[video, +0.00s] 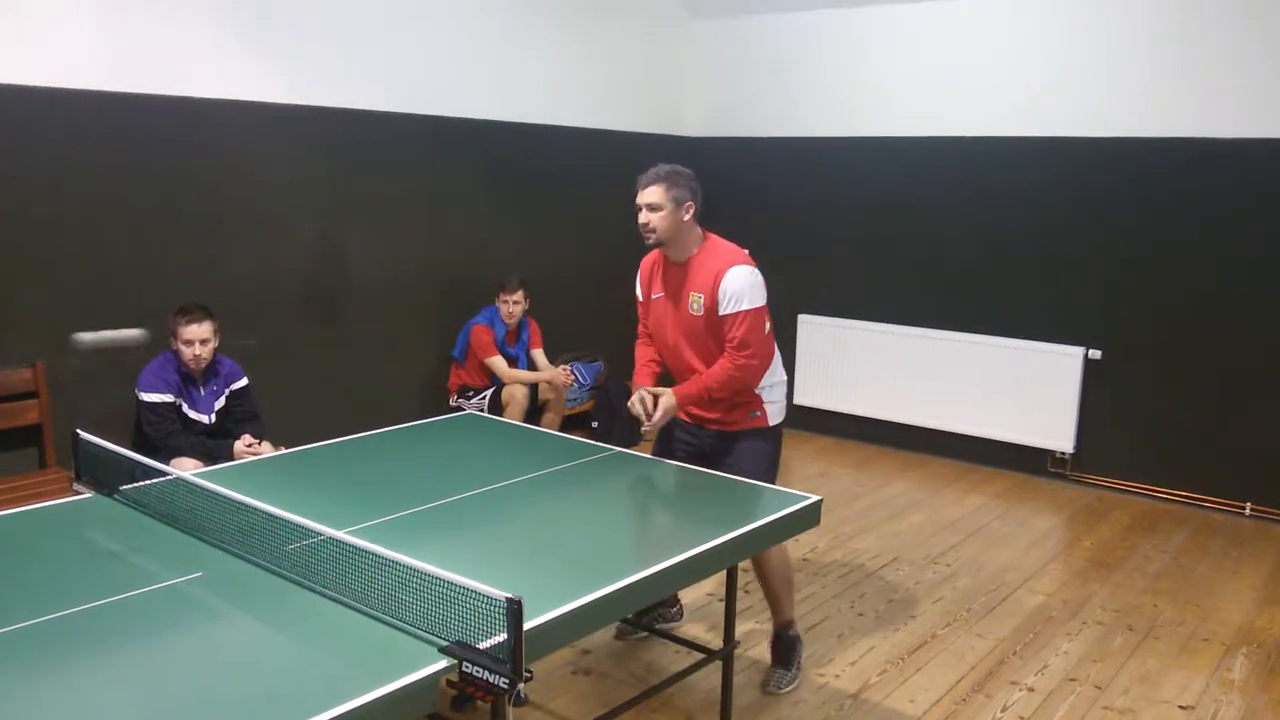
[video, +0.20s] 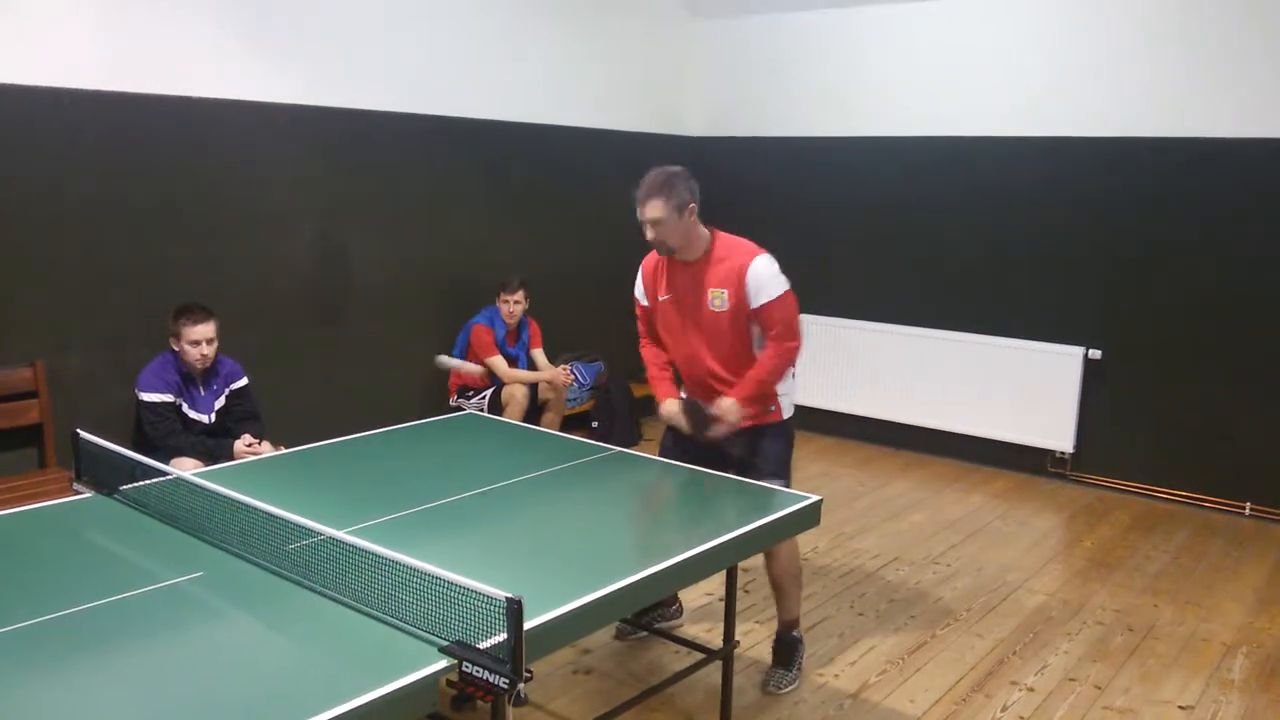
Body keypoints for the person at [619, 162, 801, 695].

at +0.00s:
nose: (641, 219)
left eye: (651, 209)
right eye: (639, 210)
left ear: (687, 210)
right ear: (646, 214)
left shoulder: (734, 272)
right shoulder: (649, 268)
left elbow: (746, 360)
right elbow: (647, 337)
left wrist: (678, 397)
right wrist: (644, 383)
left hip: (748, 417)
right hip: (688, 413)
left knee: (751, 520)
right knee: (652, 502)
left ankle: (786, 636)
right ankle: (663, 600)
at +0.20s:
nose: (650, 236)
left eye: (658, 223)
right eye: (644, 225)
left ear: (690, 212)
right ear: (645, 221)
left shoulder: (750, 264)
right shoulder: (651, 270)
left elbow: (785, 341)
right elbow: (651, 341)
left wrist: (742, 398)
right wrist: (665, 395)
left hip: (758, 419)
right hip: (691, 416)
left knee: (774, 524)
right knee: (656, 505)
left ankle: (789, 638)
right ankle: (663, 599)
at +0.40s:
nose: (679, 261)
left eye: (683, 250)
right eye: (671, 254)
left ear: (709, 229)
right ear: (663, 244)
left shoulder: (775, 264)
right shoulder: (668, 280)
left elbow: (822, 328)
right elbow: (669, 348)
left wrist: (814, 403)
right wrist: (695, 402)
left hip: (781, 415)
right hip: (717, 416)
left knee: (801, 519)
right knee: (679, 507)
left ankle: (812, 626)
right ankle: (663, 599)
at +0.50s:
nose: (713, 244)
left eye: (719, 235)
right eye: (706, 236)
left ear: (747, 214)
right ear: (701, 226)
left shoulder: (801, 258)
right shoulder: (698, 245)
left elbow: (852, 320)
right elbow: (659, 286)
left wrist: (841, 397)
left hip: (786, 413)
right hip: (723, 406)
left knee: (800, 522)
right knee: (689, 504)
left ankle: (812, 629)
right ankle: (664, 597)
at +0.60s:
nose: (747, 221)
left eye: (754, 211)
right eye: (742, 213)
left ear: (784, 197)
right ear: (737, 205)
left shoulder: (825, 259)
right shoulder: (735, 222)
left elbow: (876, 328)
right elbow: (702, 191)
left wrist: (852, 399)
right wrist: (674, 172)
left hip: (788, 411)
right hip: (729, 393)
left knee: (798, 523)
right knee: (687, 499)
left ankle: (809, 631)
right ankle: (660, 594)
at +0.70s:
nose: (763, 220)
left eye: (771, 209)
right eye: (759, 210)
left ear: (805, 198)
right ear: (770, 198)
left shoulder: (831, 267)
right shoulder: (797, 210)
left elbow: (870, 345)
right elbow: (799, 163)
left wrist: (844, 412)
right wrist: (783, 120)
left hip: (793, 408)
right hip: (739, 382)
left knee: (797, 523)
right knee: (685, 483)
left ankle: (808, 632)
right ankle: (657, 586)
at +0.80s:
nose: (776, 216)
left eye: (784, 205)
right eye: (771, 207)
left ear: (818, 194)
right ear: (784, 199)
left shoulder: (837, 266)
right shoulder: (825, 217)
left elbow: (861, 349)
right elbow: (860, 192)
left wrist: (830, 412)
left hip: (794, 407)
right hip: (746, 381)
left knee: (801, 521)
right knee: (685, 464)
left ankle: (809, 628)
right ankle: (674, 577)